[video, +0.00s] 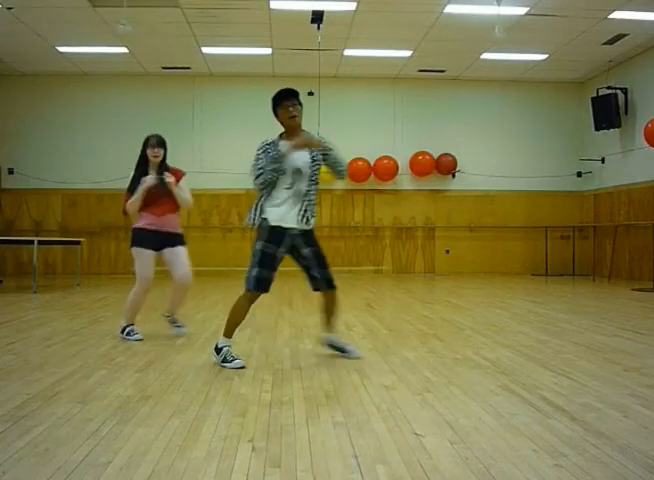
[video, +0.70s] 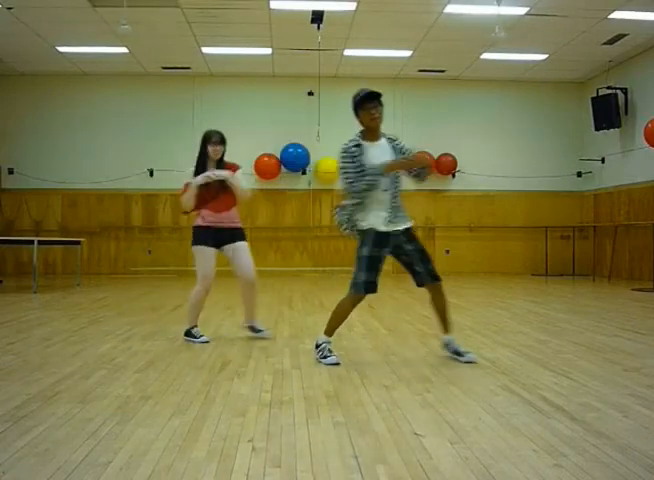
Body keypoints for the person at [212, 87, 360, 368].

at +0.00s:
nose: (292, 111)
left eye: (295, 106)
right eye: (286, 108)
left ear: (302, 110)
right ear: (277, 115)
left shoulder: (315, 145)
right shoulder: (269, 148)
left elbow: (341, 172)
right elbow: (261, 185)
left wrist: (321, 148)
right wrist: (287, 151)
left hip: (302, 228)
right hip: (272, 227)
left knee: (328, 287)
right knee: (255, 289)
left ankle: (329, 336)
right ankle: (223, 345)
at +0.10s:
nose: (302, 109)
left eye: (305, 104)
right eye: (296, 106)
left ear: (311, 107)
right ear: (287, 113)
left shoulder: (327, 139)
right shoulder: (280, 143)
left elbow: (362, 156)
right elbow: (294, 172)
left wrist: (355, 156)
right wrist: (328, 158)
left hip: (324, 224)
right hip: (294, 225)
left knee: (346, 287)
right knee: (271, 287)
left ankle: (355, 339)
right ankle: (237, 342)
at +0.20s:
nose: (314, 109)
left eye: (317, 104)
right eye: (308, 106)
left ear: (323, 107)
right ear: (298, 112)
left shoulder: (336, 138)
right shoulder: (292, 148)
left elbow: (359, 161)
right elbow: (323, 174)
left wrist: (380, 176)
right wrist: (363, 179)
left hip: (342, 218)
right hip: (312, 220)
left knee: (354, 283)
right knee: (298, 284)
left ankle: (356, 339)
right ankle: (275, 339)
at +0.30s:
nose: (325, 108)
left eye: (328, 103)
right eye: (318, 105)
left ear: (334, 106)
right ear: (309, 111)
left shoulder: (346, 137)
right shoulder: (303, 145)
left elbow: (362, 170)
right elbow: (327, 179)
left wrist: (374, 200)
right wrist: (358, 208)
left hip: (352, 219)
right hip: (324, 220)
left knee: (362, 284)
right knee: (326, 286)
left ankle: (355, 338)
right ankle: (314, 338)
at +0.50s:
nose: (349, 114)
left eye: (352, 108)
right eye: (343, 110)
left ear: (357, 112)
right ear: (332, 116)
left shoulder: (368, 147)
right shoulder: (319, 149)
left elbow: (377, 188)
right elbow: (301, 189)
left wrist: (360, 204)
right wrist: (325, 204)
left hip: (370, 227)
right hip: (343, 228)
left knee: (401, 284)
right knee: (346, 294)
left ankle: (371, 331)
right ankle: (322, 342)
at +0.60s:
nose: (361, 117)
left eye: (364, 111)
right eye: (354, 113)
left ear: (370, 114)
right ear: (344, 119)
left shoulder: (378, 149)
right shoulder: (333, 151)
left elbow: (399, 186)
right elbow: (317, 189)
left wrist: (379, 179)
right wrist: (346, 180)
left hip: (379, 227)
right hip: (353, 229)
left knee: (420, 282)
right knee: (352, 294)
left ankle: (409, 336)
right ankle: (322, 342)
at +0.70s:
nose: (374, 114)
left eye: (377, 108)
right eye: (367, 110)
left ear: (382, 111)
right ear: (358, 116)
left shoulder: (392, 144)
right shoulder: (351, 149)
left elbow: (415, 175)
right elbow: (355, 186)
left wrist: (426, 165)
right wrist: (395, 167)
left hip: (398, 225)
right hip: (371, 227)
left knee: (433, 281)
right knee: (360, 289)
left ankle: (449, 341)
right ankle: (323, 341)